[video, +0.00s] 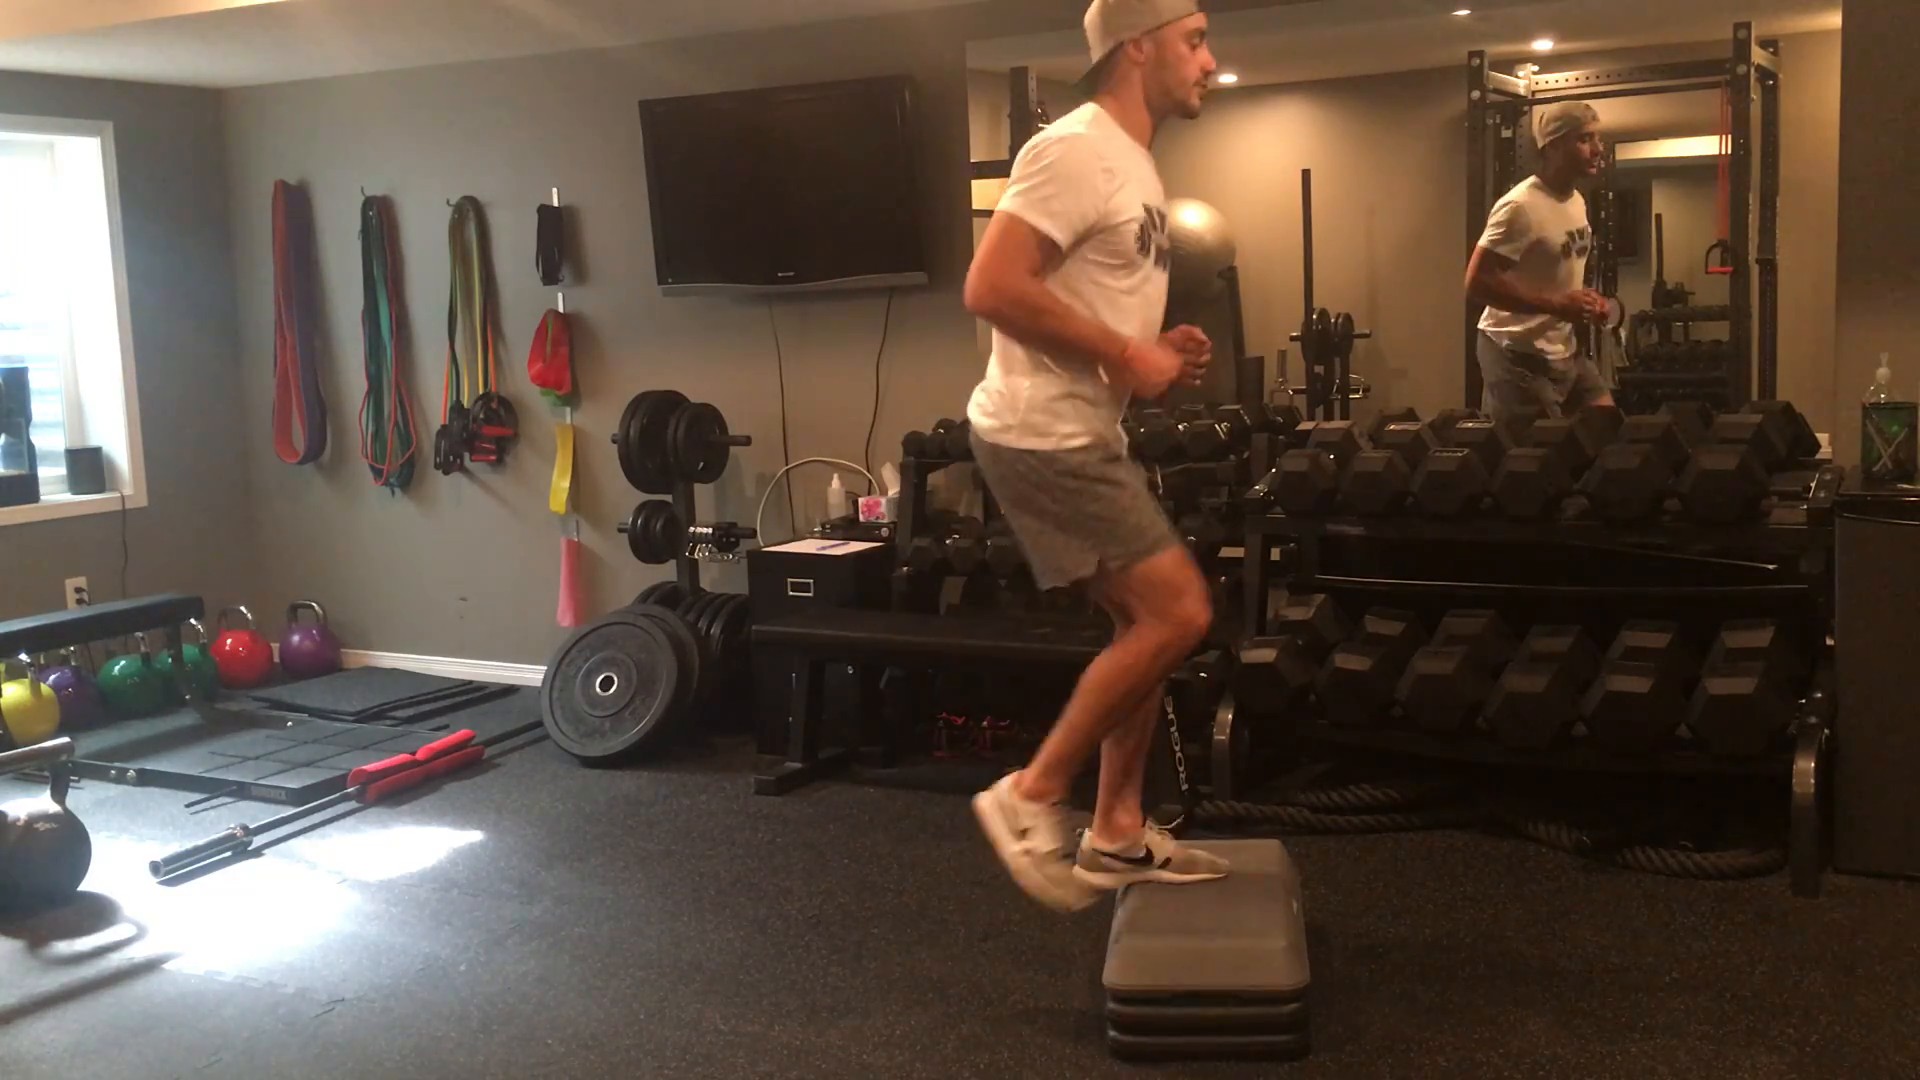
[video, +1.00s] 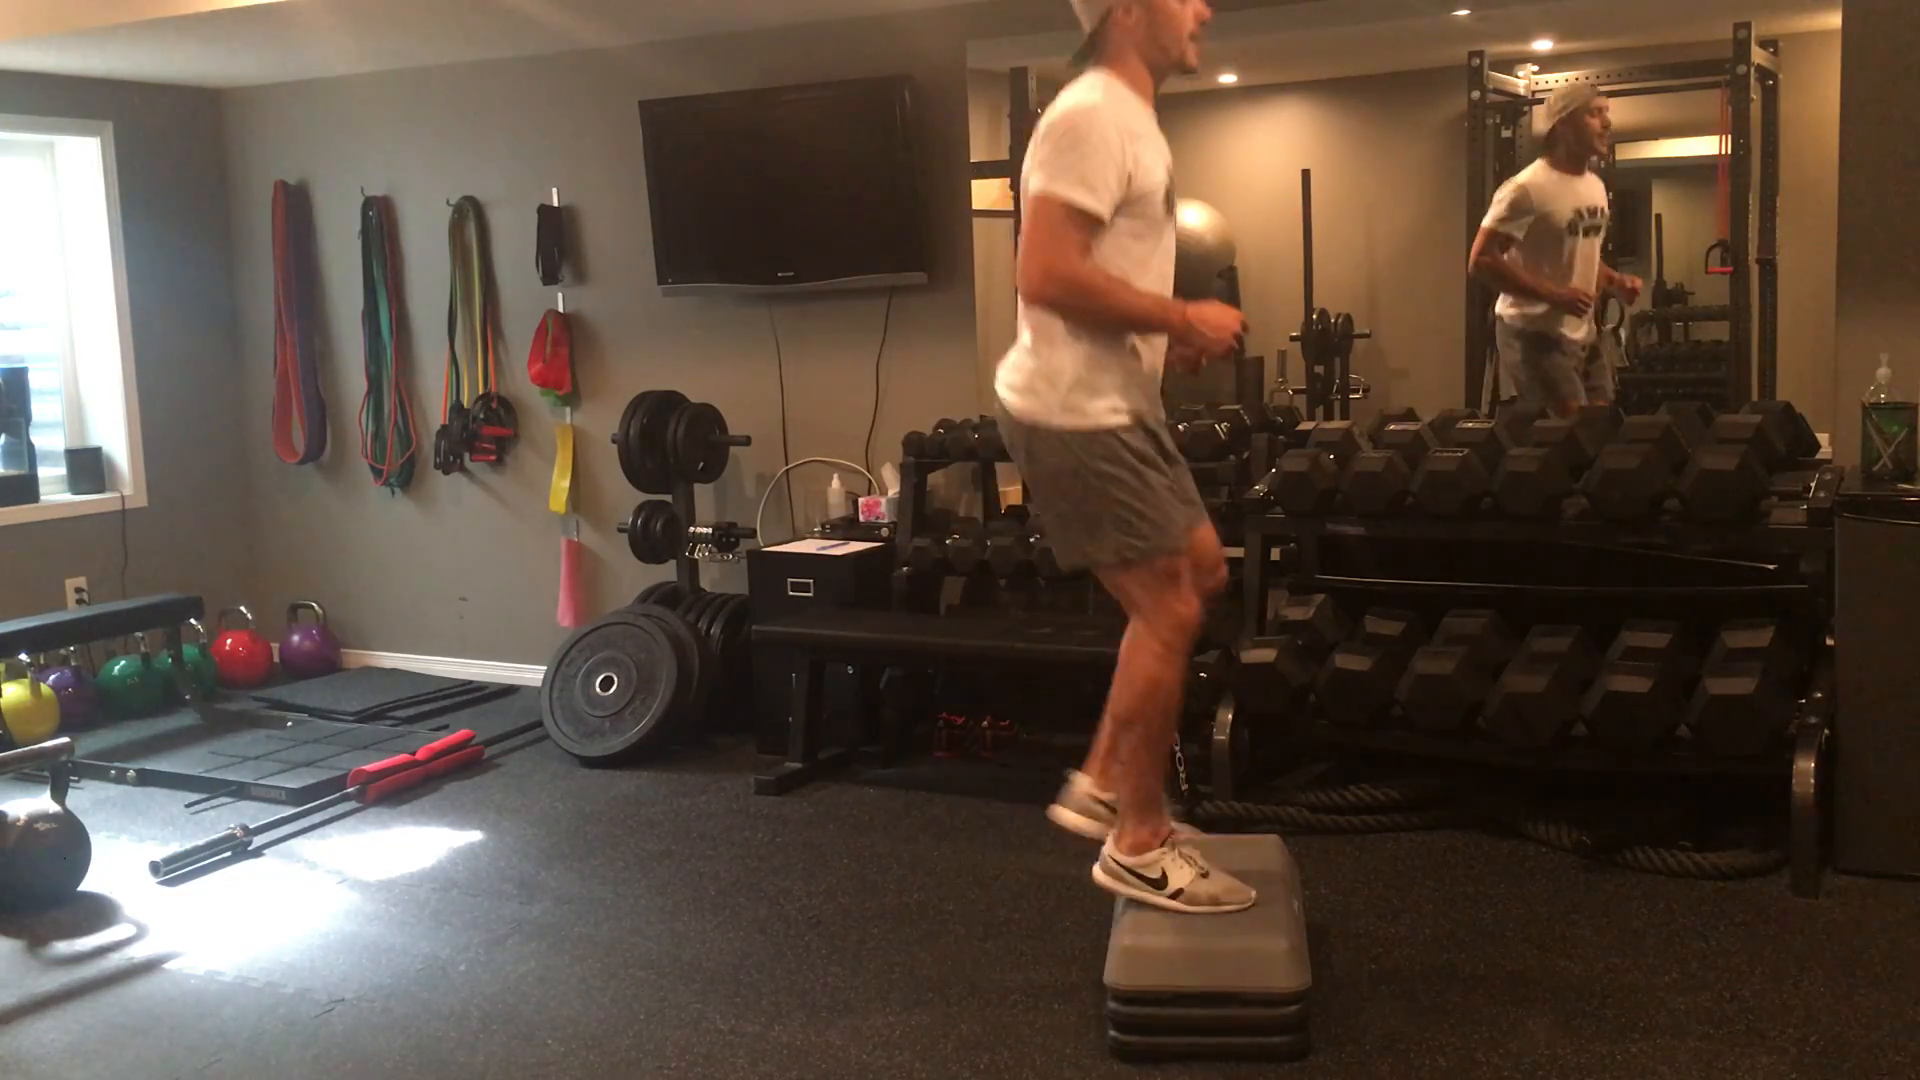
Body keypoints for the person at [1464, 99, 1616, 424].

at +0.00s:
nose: (1598, 149)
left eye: (1597, 139)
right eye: (1585, 139)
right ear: (1553, 146)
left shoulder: (1576, 201)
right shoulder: (1518, 207)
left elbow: (1556, 278)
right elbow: (1477, 283)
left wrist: (1586, 300)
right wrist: (1557, 303)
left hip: (1562, 348)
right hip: (1513, 353)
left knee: (1605, 424)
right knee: (1525, 456)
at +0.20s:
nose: (1584, 176)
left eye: (1585, 166)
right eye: (1574, 165)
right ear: (1543, 171)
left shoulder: (1574, 225)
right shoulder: (1500, 228)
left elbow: (1557, 291)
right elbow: (1450, 293)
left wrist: (1578, 327)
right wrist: (1520, 323)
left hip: (1546, 368)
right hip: (1500, 369)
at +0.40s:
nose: (1580, 197)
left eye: (1579, 187)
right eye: (1569, 187)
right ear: (1537, 193)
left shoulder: (1561, 249)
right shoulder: (1491, 252)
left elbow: (1547, 324)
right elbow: (1445, 320)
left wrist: (1572, 367)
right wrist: (1490, 374)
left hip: (1545, 399)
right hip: (1497, 403)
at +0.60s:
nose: (1577, 201)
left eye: (1575, 191)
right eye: (1564, 191)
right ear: (1531, 199)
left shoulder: (1558, 256)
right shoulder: (1497, 263)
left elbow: (1547, 331)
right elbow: (1466, 338)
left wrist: (1571, 371)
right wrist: (1550, 355)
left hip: (1548, 401)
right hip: (1500, 409)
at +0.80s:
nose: (1601, 156)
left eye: (1600, 147)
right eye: (1587, 147)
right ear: (1555, 157)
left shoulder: (1584, 218)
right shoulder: (1523, 218)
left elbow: (1577, 285)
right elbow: (1488, 292)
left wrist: (1605, 308)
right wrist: (1570, 301)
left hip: (1576, 370)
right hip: (1520, 376)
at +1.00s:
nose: (1607, 123)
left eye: (1607, 114)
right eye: (1595, 113)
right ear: (1562, 124)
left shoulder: (1595, 186)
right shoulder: (1524, 188)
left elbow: (1580, 257)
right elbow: (1482, 261)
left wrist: (1615, 281)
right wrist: (1554, 294)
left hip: (1582, 332)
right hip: (1533, 334)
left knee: (1598, 421)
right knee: (1571, 425)